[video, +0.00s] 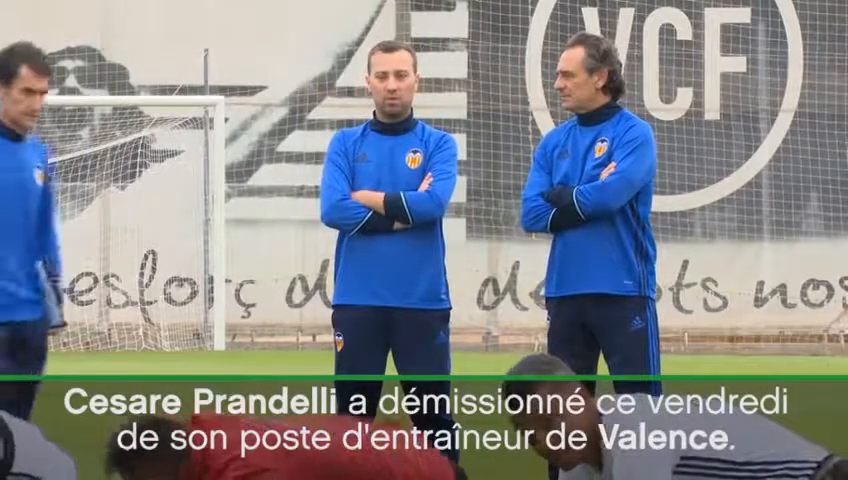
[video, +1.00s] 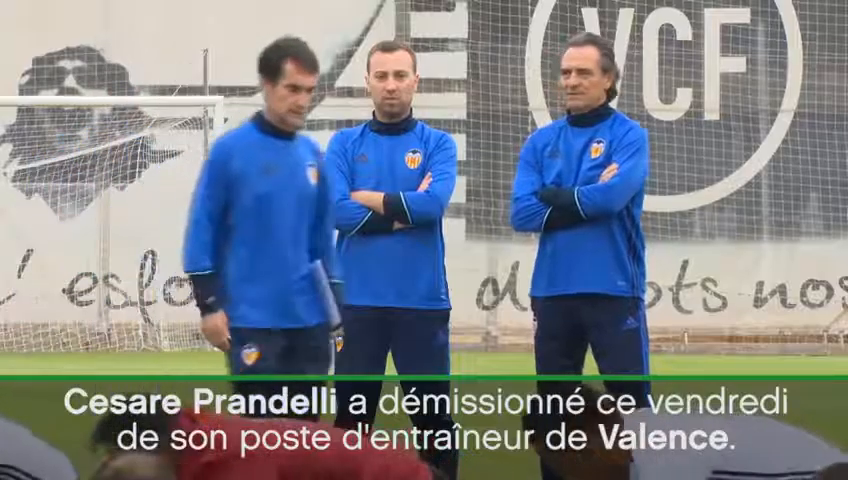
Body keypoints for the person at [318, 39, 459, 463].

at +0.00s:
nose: (392, 85)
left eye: (401, 76)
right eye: (382, 76)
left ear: (416, 82)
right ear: (369, 84)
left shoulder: (439, 143)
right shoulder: (345, 142)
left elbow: (433, 204)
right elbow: (332, 209)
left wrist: (361, 196)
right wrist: (404, 215)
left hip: (422, 301)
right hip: (357, 301)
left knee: (432, 417)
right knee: (352, 418)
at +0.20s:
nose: (392, 85)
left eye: (401, 76)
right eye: (382, 76)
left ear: (416, 82)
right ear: (368, 84)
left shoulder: (439, 142)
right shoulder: (344, 142)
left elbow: (434, 207)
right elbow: (332, 211)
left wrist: (362, 196)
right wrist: (408, 208)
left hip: (422, 300)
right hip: (357, 300)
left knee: (432, 415)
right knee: (353, 416)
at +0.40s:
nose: (391, 86)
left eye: (401, 76)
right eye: (381, 77)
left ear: (416, 82)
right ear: (368, 84)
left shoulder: (438, 143)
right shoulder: (344, 142)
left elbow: (433, 208)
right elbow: (333, 211)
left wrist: (365, 197)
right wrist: (406, 210)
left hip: (423, 303)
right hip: (357, 303)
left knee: (433, 421)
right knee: (352, 421)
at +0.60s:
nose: (391, 86)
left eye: (401, 76)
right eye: (381, 77)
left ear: (416, 82)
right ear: (368, 84)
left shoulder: (438, 143)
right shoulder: (344, 142)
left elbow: (434, 208)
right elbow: (333, 212)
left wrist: (365, 197)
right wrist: (406, 210)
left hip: (423, 303)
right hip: (357, 303)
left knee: (433, 422)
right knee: (352, 422)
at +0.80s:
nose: (391, 85)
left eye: (400, 76)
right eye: (381, 77)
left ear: (416, 83)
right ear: (368, 84)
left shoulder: (438, 143)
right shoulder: (344, 143)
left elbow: (433, 205)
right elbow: (332, 210)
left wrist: (363, 197)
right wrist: (403, 214)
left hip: (423, 302)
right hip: (357, 302)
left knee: (433, 419)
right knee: (352, 419)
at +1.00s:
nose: (391, 85)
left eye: (401, 76)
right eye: (381, 77)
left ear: (416, 82)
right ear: (368, 84)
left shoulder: (438, 143)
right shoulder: (344, 142)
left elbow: (432, 206)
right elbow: (338, 212)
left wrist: (363, 197)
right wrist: (406, 213)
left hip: (423, 302)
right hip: (360, 303)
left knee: (432, 415)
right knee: (351, 416)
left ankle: (443, 479)